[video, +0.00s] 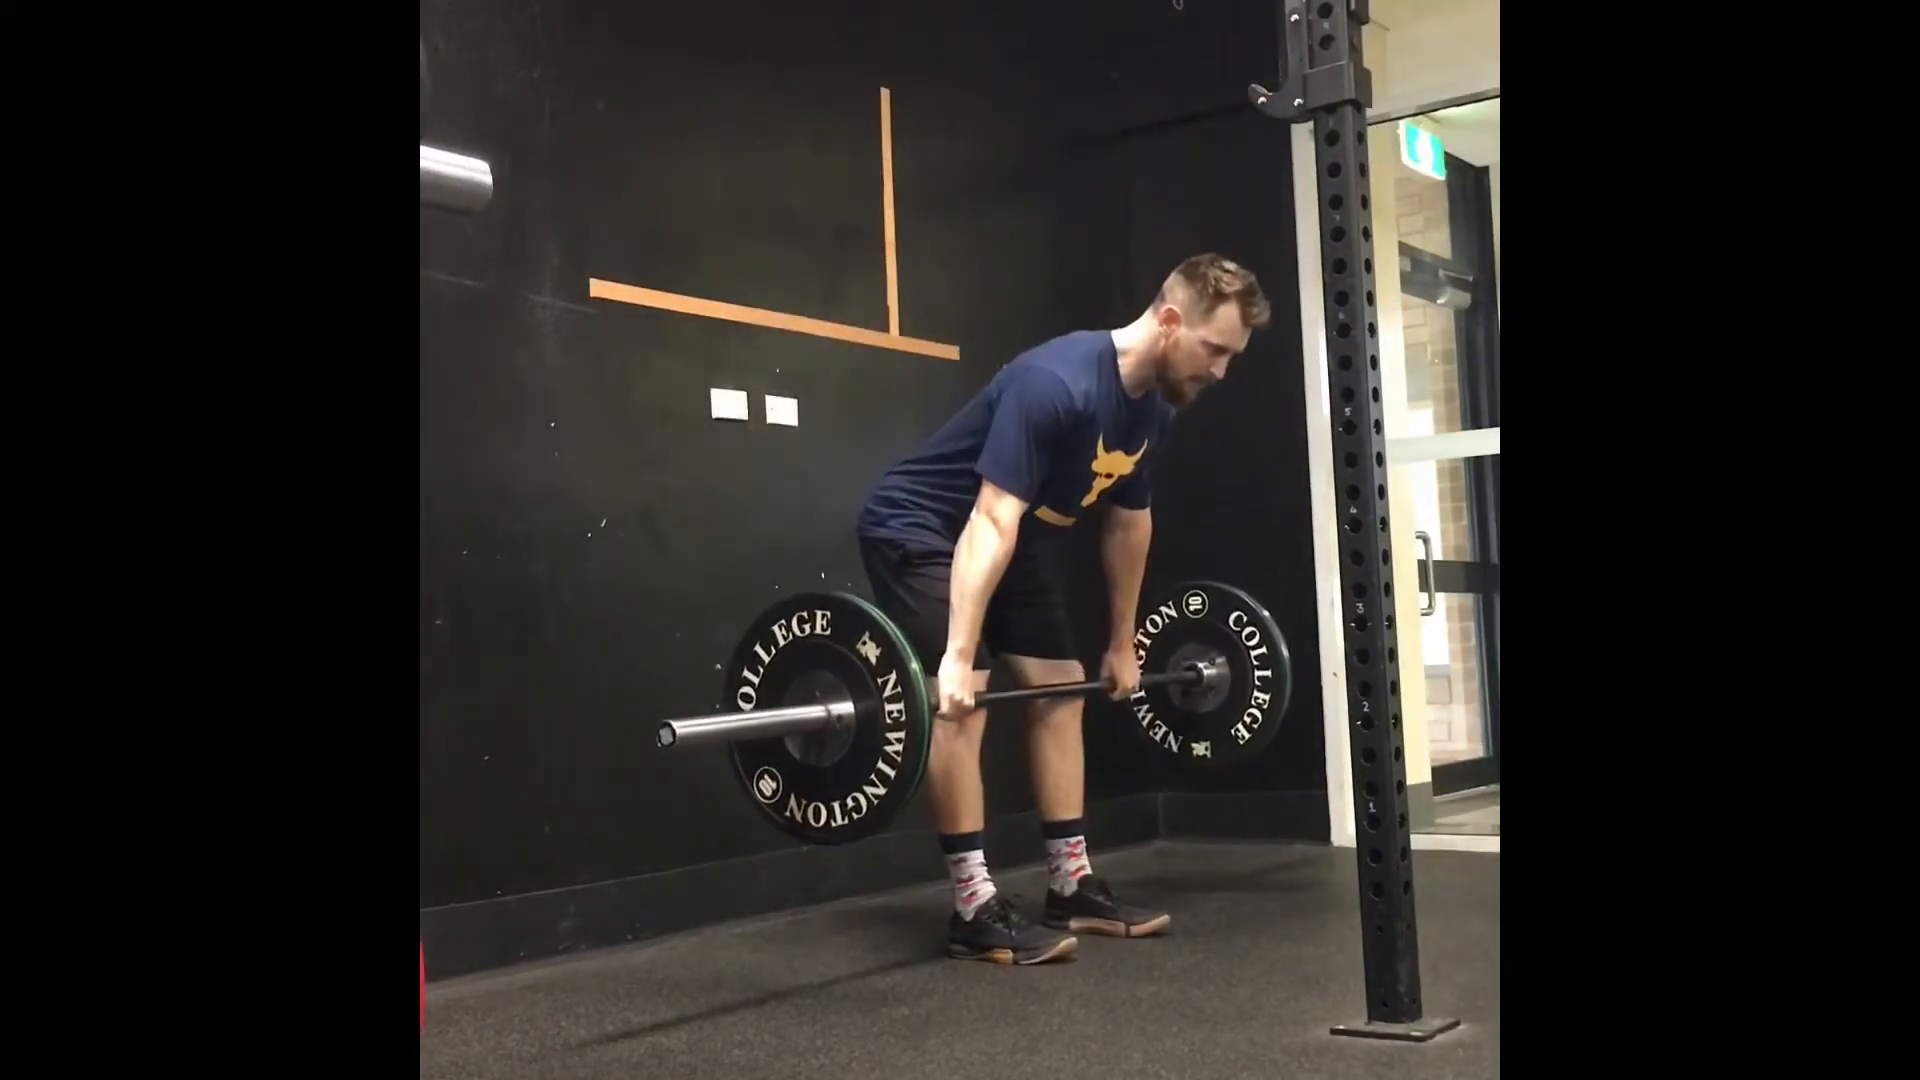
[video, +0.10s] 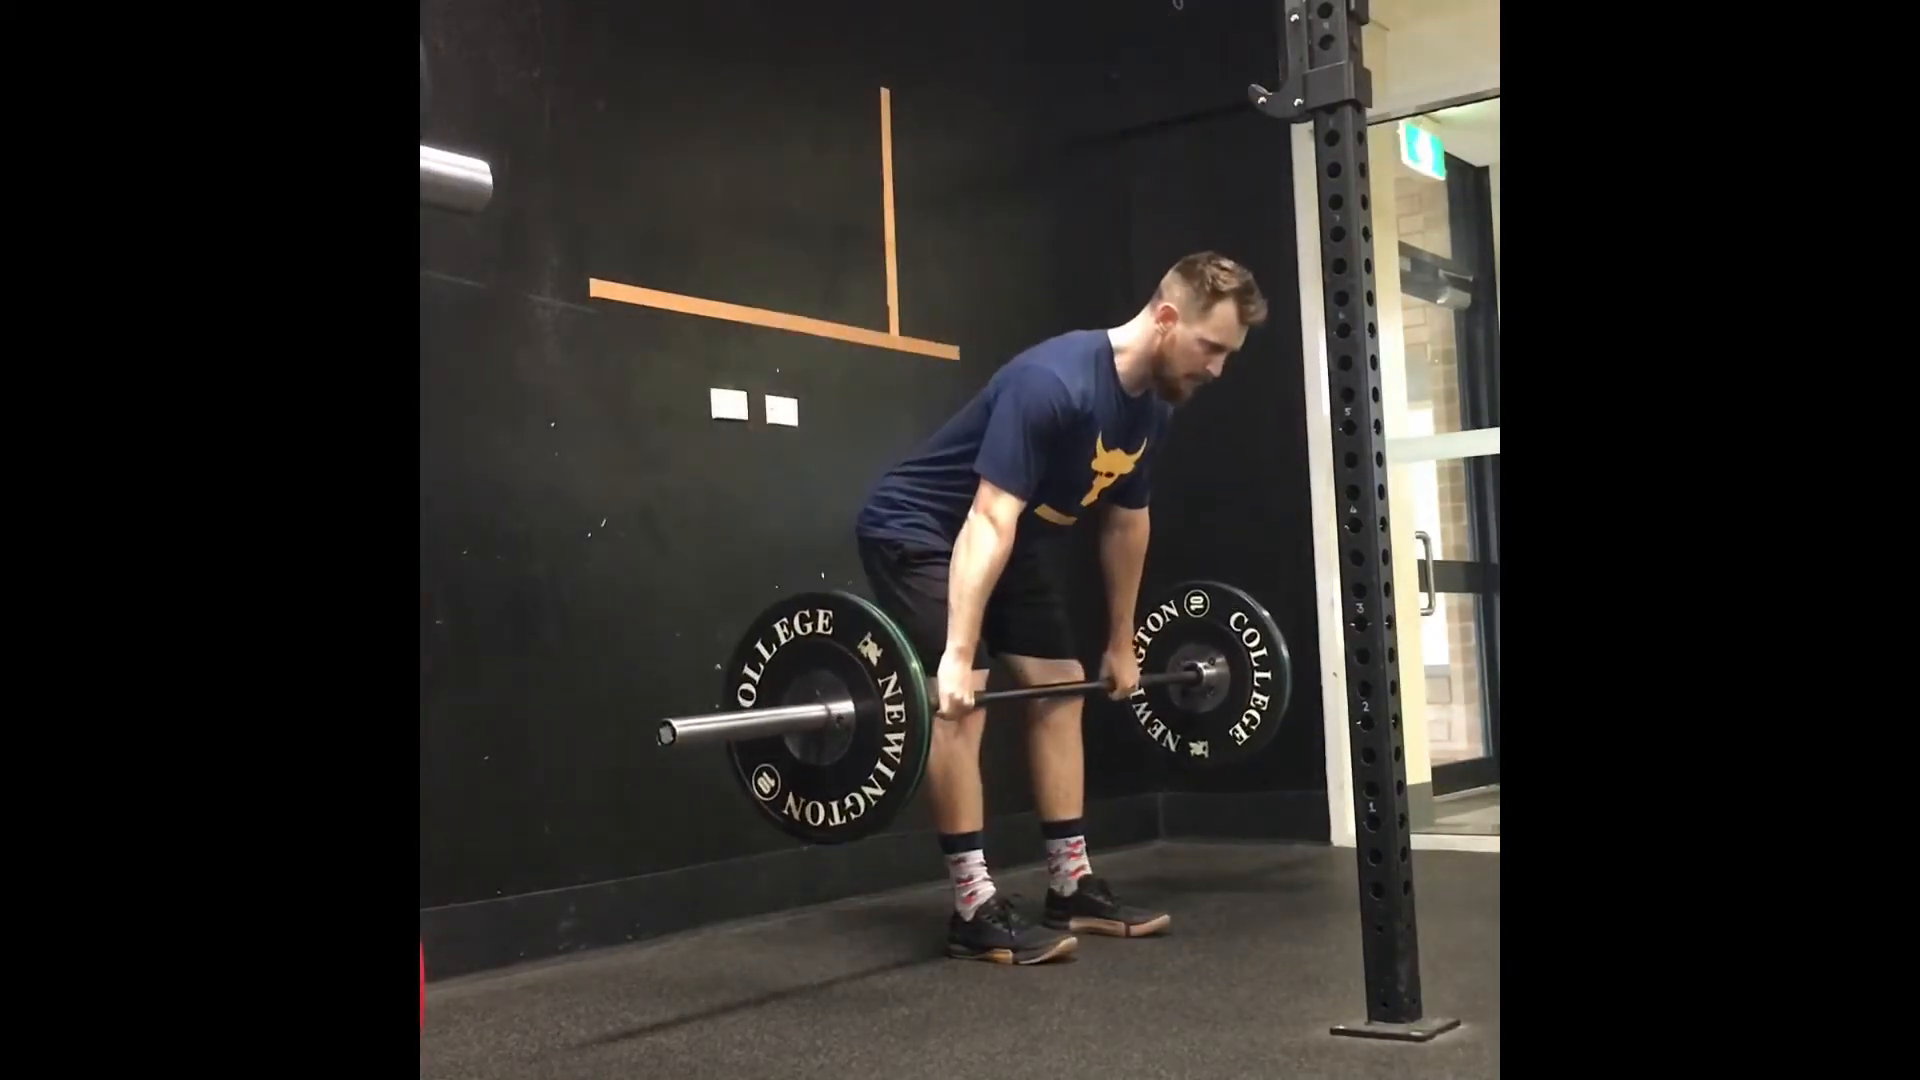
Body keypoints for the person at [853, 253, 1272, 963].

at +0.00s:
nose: (1220, 372)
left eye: (1230, 358)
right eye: (1214, 350)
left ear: (1173, 328)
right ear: (1166, 318)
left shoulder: (1151, 405)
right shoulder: (1054, 385)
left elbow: (1128, 520)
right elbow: (993, 518)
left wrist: (1122, 641)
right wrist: (958, 656)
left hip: (1010, 529)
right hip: (918, 527)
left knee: (1058, 685)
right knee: (961, 699)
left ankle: (1070, 884)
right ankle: (974, 906)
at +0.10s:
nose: (1216, 370)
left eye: (1227, 357)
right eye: (1210, 349)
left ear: (1171, 326)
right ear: (1164, 316)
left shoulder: (1151, 404)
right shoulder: (1051, 384)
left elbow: (1127, 522)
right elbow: (990, 518)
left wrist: (1121, 643)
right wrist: (958, 656)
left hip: (1009, 530)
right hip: (917, 527)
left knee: (1058, 683)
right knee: (961, 699)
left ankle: (1070, 884)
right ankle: (974, 907)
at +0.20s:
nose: (1210, 355)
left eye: (1220, 341)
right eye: (1203, 334)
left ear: (1165, 313)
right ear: (1155, 304)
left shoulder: (1148, 396)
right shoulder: (1046, 377)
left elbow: (1125, 516)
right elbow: (989, 513)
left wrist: (1123, 641)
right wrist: (960, 650)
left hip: (1013, 528)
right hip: (917, 523)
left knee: (1059, 681)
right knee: (961, 694)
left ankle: (1071, 885)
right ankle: (974, 906)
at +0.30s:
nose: (1196, 318)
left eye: (1205, 304)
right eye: (1189, 297)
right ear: (1139, 272)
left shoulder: (1138, 377)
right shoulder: (1038, 353)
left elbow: (1123, 501)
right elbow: (987, 492)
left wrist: (1125, 621)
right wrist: (961, 624)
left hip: (1018, 528)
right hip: (925, 527)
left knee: (1064, 681)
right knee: (967, 689)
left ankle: (1071, 886)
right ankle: (974, 905)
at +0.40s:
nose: (1166, 257)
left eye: (1174, 242)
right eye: (1160, 235)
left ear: (1134, 223)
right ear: (1107, 211)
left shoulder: (1119, 328)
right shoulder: (1015, 308)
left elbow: (1116, 455)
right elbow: (977, 447)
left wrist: (1128, 577)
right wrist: (964, 575)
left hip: (1021, 526)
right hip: (940, 525)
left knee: (1071, 685)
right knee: (978, 698)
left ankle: (1071, 886)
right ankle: (976, 908)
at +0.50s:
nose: (1115, 208)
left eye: (1124, 195)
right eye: (1109, 188)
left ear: (1095, 179)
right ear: (1059, 161)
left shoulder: (1084, 274)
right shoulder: (981, 259)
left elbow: (1104, 403)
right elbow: (955, 392)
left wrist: (1128, 521)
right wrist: (961, 518)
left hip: (1061, 526)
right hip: (989, 526)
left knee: (1076, 689)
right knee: (992, 699)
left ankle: (1072, 885)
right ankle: (976, 907)